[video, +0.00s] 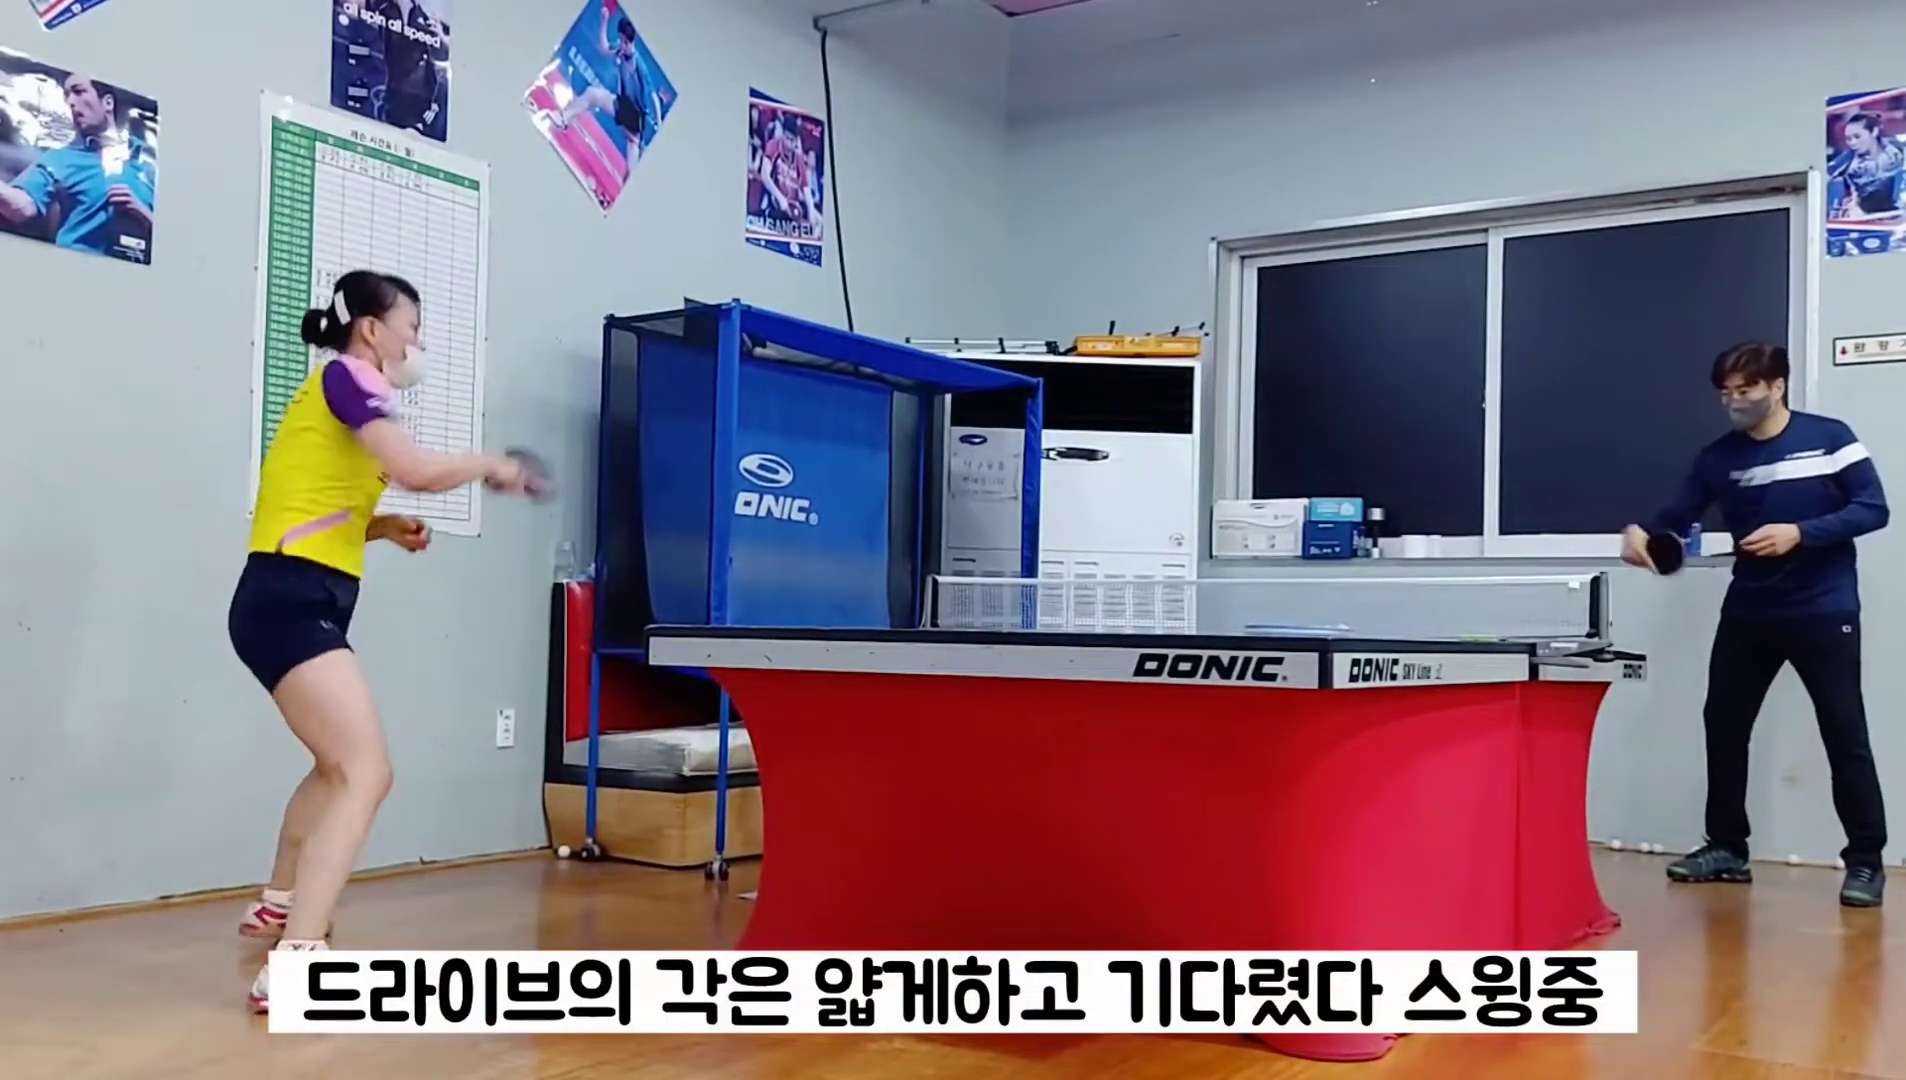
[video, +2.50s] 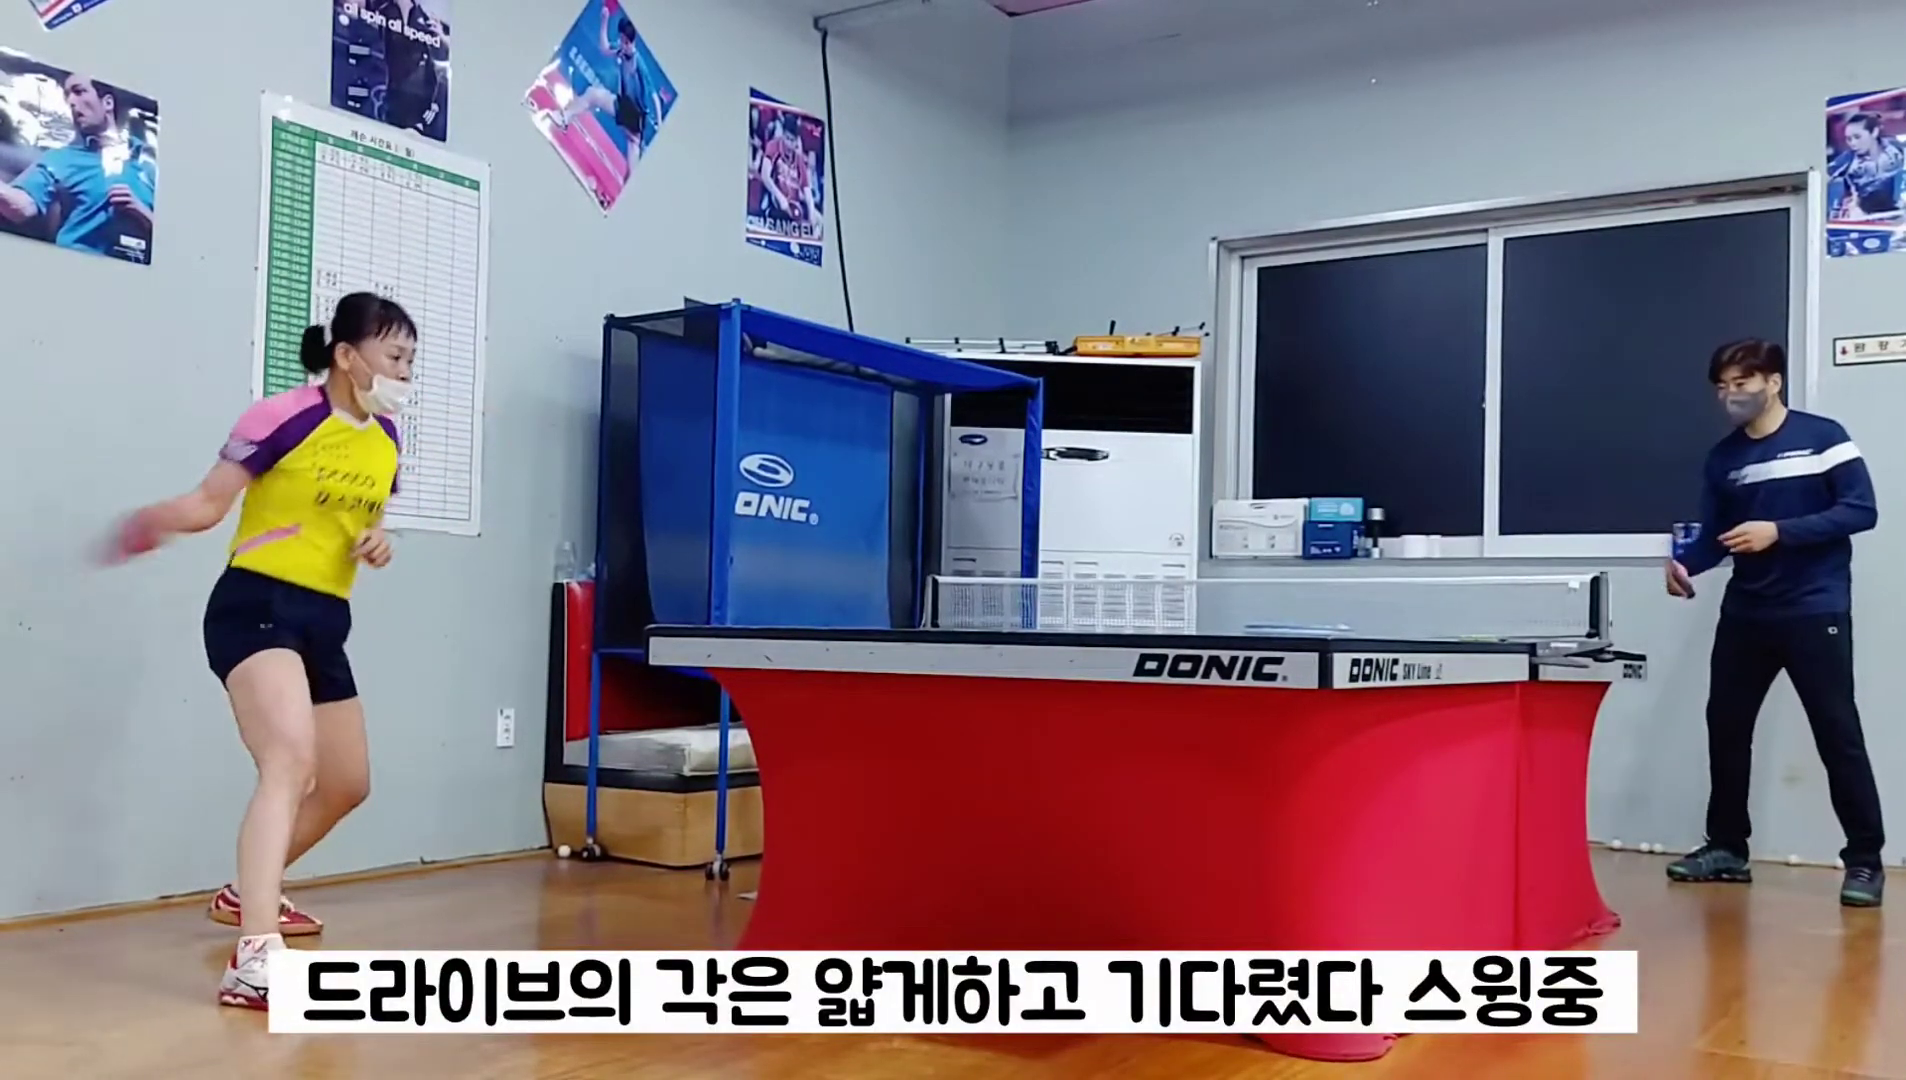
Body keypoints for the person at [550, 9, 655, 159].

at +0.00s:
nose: (621, 42)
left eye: (624, 40)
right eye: (621, 39)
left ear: (628, 40)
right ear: (619, 38)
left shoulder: (631, 57)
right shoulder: (621, 53)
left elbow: (630, 55)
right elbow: (604, 50)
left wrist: (628, 50)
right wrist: (604, 22)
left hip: (628, 107)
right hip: (636, 114)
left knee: (592, 94)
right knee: (633, 144)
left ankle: (562, 118)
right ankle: (629, 179)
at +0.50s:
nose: (622, 41)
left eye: (624, 39)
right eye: (621, 38)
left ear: (627, 39)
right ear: (621, 38)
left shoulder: (630, 55)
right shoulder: (621, 53)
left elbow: (631, 54)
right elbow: (604, 49)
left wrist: (628, 49)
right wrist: (604, 22)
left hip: (628, 107)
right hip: (637, 114)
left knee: (592, 94)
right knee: (633, 143)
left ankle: (563, 117)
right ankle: (630, 176)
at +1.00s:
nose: (622, 42)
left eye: (624, 39)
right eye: (621, 39)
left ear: (628, 40)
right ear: (622, 39)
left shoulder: (631, 56)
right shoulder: (622, 53)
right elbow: (603, 49)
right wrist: (604, 22)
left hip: (628, 109)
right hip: (636, 116)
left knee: (593, 95)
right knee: (632, 161)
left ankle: (564, 118)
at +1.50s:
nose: (622, 42)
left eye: (624, 40)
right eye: (621, 38)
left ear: (629, 40)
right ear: (620, 38)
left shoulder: (632, 55)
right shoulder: (621, 52)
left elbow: (631, 55)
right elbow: (604, 49)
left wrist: (629, 51)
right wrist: (604, 22)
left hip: (629, 109)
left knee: (593, 94)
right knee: (632, 169)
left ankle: (563, 118)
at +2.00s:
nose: (622, 43)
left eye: (624, 40)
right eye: (621, 39)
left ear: (628, 41)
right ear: (622, 39)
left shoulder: (631, 55)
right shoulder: (623, 52)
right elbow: (604, 50)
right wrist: (604, 22)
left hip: (628, 109)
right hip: (637, 115)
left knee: (593, 94)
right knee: (632, 163)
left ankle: (563, 118)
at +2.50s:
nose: (622, 42)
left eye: (624, 39)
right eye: (622, 38)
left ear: (627, 40)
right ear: (622, 38)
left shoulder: (631, 56)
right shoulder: (622, 51)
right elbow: (604, 50)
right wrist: (604, 22)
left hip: (628, 107)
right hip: (636, 113)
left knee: (593, 94)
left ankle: (564, 117)